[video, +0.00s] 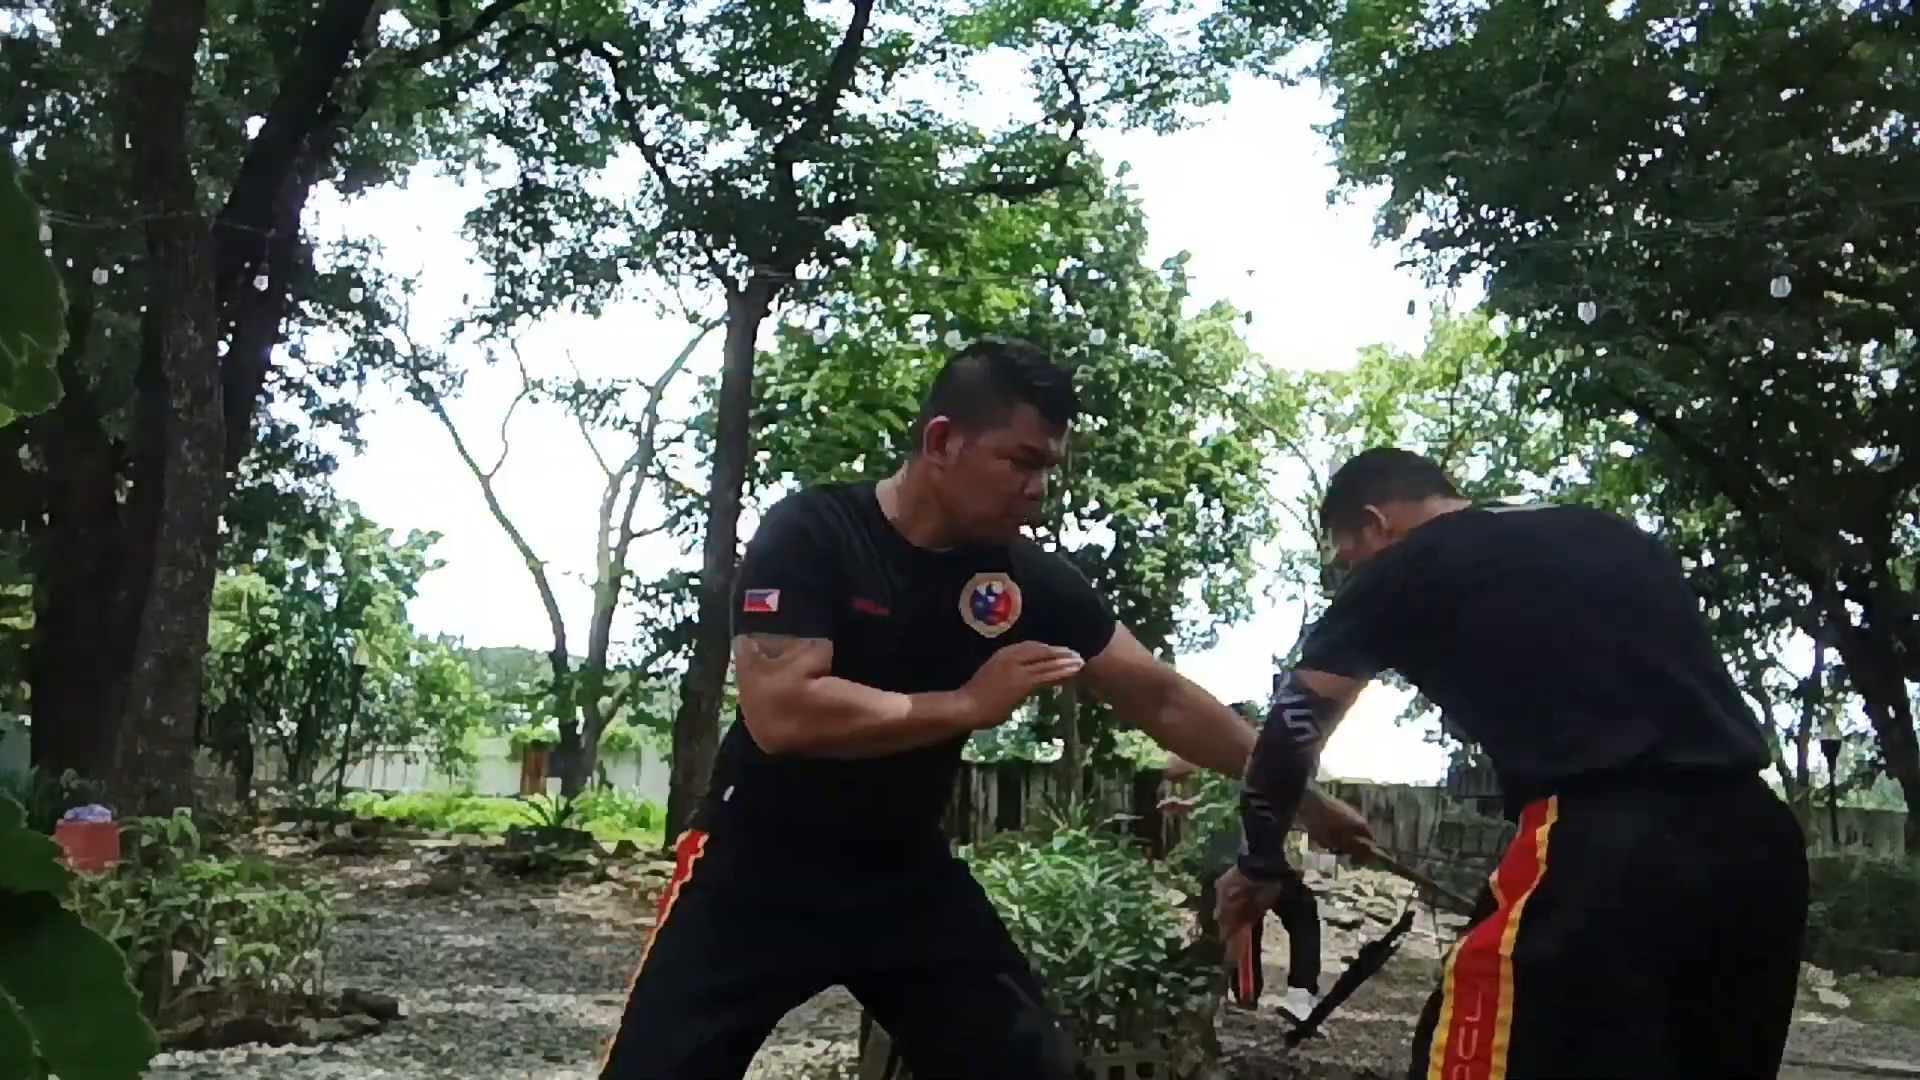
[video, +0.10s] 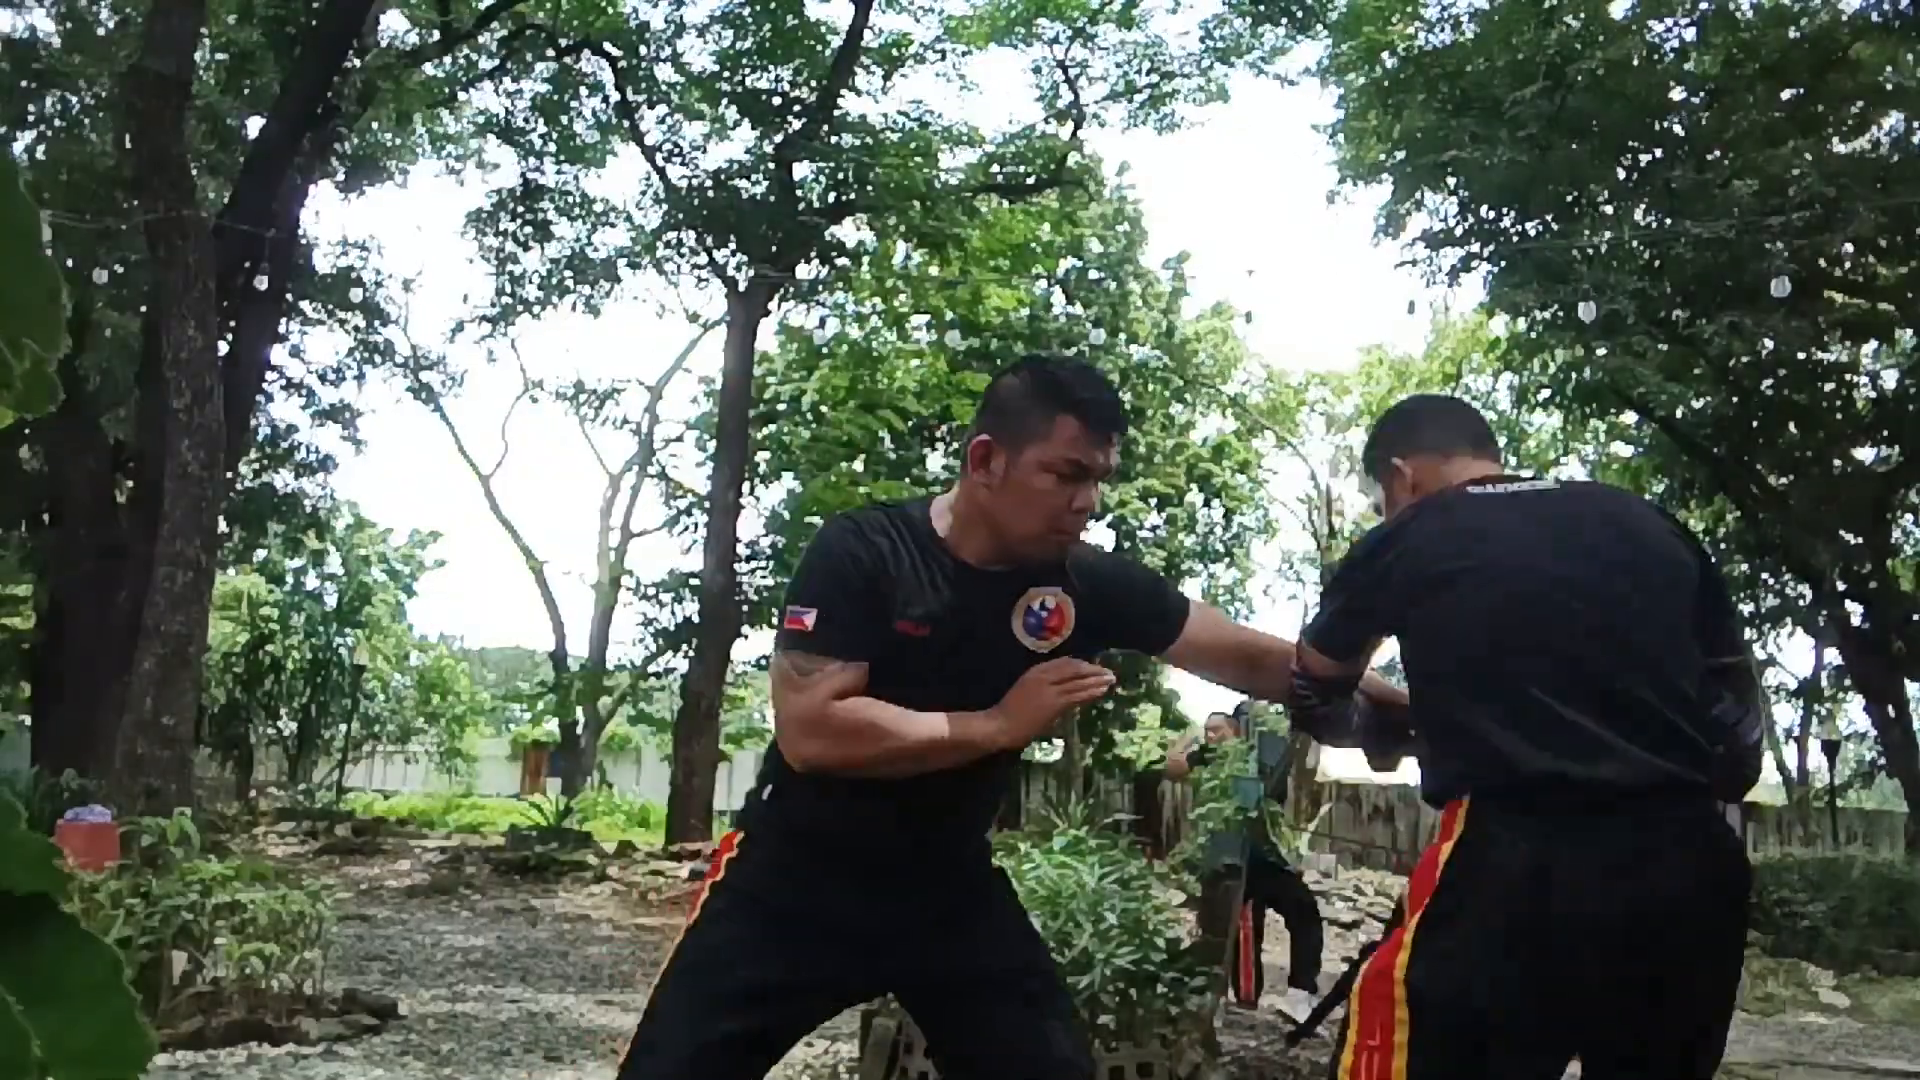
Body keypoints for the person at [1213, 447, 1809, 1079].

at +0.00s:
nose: (1356, 582)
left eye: (1351, 564)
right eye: (1347, 569)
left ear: (1379, 523)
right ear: (1451, 498)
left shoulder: (1404, 569)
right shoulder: (1611, 530)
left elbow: (1292, 727)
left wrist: (1258, 861)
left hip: (1593, 850)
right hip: (1755, 838)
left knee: (1472, 1052)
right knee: (1723, 1061)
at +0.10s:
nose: (1390, 517)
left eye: (1385, 500)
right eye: (1383, 504)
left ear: (1405, 475)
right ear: (1494, 460)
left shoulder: (1405, 543)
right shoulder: (1652, 522)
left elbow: (1316, 699)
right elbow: (1739, 728)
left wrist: (1421, 723)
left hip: (1507, 883)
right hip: (1691, 882)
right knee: (1660, 1066)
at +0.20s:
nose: (1432, 453)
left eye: (1431, 431)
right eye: (1429, 434)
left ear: (1461, 413)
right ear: (1555, 414)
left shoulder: (1426, 501)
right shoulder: (1683, 537)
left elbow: (1310, 561)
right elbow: (1716, 760)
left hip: (1459, 889)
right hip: (1639, 897)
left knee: (1345, 1062)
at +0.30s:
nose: (1454, 419)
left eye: (1454, 400)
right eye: (1451, 404)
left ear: (1488, 385)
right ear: (1583, 394)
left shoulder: (1471, 461)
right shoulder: (1692, 552)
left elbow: (1292, 467)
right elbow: (1605, 730)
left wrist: (1404, 423)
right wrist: (1400, 666)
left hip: (1467, 873)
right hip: (1627, 888)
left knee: (1347, 1062)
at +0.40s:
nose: (1450, 406)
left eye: (1455, 391)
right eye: (1450, 397)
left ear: (1497, 367)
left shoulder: (1533, 437)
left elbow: (1318, 375)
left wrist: (1350, 326)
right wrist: (1303, 587)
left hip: (1530, 859)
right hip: (1623, 877)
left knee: (1389, 1063)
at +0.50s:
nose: (1413, 433)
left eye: (1426, 398)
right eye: (1409, 412)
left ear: (1489, 367)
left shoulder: (1608, 447)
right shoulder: (1496, 568)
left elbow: (1360, 373)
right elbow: (1361, 667)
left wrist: (1315, 327)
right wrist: (1264, 524)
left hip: (1599, 847)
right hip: (1520, 849)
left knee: (1446, 1058)